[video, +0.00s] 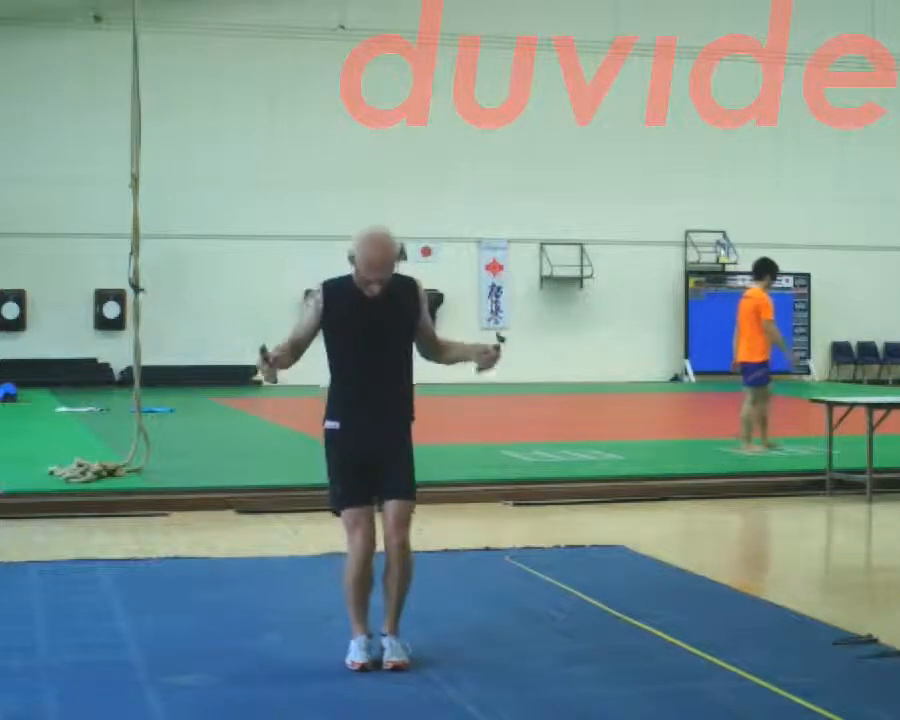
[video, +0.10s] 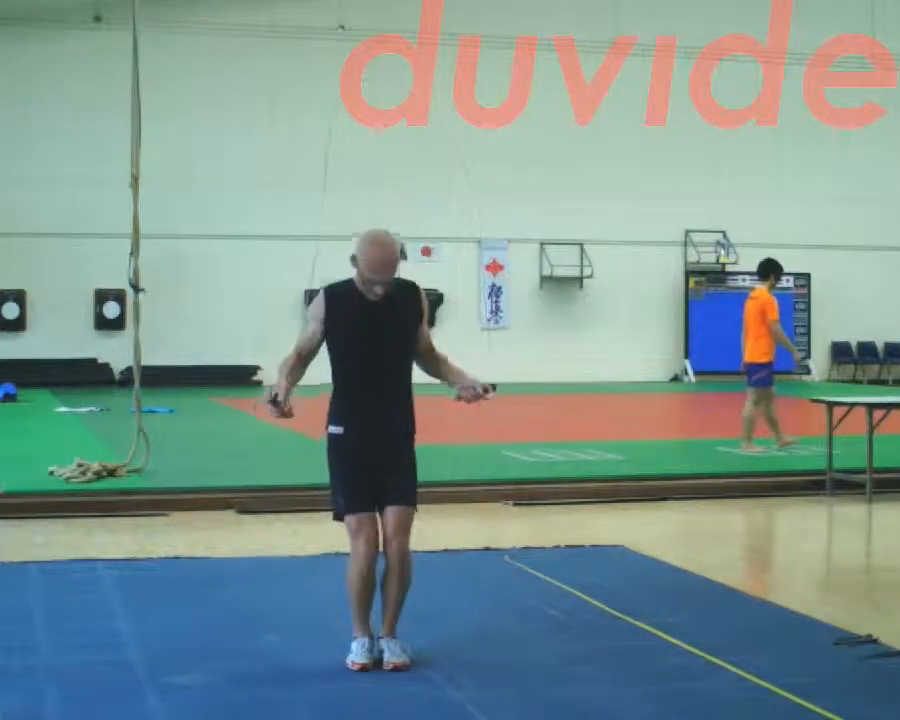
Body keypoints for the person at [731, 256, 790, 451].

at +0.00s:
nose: (773, 281)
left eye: (774, 278)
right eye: (773, 277)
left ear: (755, 275)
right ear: (768, 276)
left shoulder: (746, 296)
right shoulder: (762, 298)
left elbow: (739, 329)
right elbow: (768, 327)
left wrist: (736, 356)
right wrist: (786, 351)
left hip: (747, 356)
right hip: (756, 357)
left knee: (763, 397)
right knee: (752, 399)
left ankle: (764, 438)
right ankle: (747, 441)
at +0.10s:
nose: (779, 281)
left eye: (779, 277)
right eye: (779, 277)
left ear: (761, 275)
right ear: (773, 277)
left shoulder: (752, 297)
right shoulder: (768, 299)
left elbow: (746, 330)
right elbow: (775, 328)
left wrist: (745, 357)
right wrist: (793, 350)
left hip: (752, 358)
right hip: (761, 359)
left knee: (767, 400)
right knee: (753, 400)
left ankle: (780, 437)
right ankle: (747, 442)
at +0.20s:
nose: (784, 282)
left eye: (784, 278)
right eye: (783, 278)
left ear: (765, 276)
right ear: (778, 278)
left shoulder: (759, 297)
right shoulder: (773, 299)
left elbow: (760, 328)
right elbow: (778, 327)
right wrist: (796, 349)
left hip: (760, 357)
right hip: (768, 358)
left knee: (774, 400)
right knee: (760, 399)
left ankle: (783, 439)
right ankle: (746, 441)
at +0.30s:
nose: (789, 281)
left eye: (789, 277)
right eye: (788, 277)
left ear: (771, 276)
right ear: (782, 276)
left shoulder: (765, 297)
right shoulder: (777, 298)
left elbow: (768, 327)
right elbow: (782, 326)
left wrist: (789, 342)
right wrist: (796, 343)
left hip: (767, 356)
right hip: (774, 357)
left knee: (780, 399)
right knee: (768, 397)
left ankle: (784, 438)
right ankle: (749, 440)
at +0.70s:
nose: (800, 280)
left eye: (801, 276)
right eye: (800, 276)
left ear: (784, 274)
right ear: (794, 275)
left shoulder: (779, 294)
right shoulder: (787, 295)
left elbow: (789, 326)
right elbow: (792, 323)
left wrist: (810, 328)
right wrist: (812, 322)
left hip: (781, 352)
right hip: (786, 352)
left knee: (785, 396)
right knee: (785, 395)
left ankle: (786, 439)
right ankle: (757, 432)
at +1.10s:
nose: (796, 283)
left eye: (797, 279)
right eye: (795, 278)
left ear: (784, 277)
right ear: (786, 276)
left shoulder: (782, 297)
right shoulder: (775, 294)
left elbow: (789, 327)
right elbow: (784, 320)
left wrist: (810, 326)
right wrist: (803, 312)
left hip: (782, 355)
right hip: (773, 355)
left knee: (781, 400)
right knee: (764, 397)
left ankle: (785, 440)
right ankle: (746, 438)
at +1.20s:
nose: (792, 283)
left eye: (793, 280)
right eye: (791, 279)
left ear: (779, 277)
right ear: (784, 277)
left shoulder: (777, 297)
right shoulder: (772, 295)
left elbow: (782, 328)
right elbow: (778, 323)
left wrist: (804, 327)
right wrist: (797, 315)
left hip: (776, 356)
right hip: (768, 356)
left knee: (779, 400)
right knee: (758, 399)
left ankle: (785, 440)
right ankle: (745, 440)